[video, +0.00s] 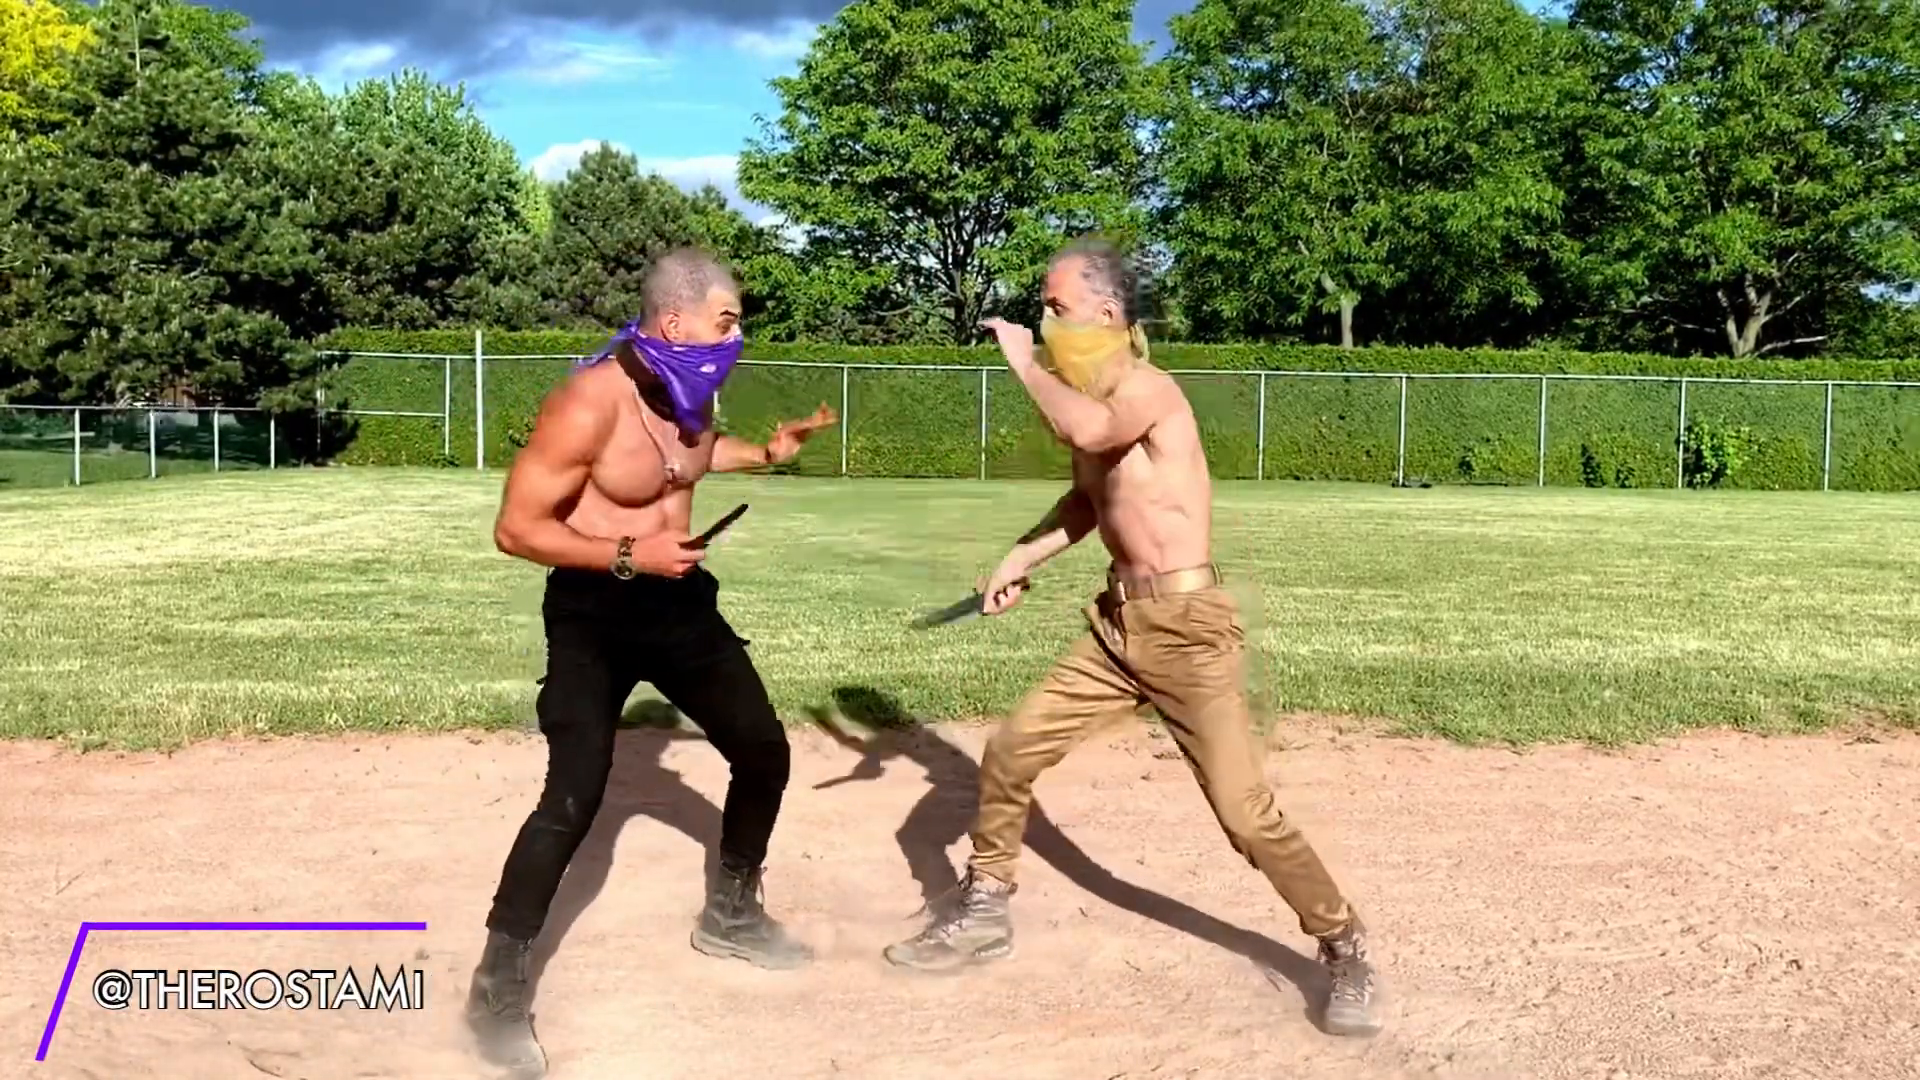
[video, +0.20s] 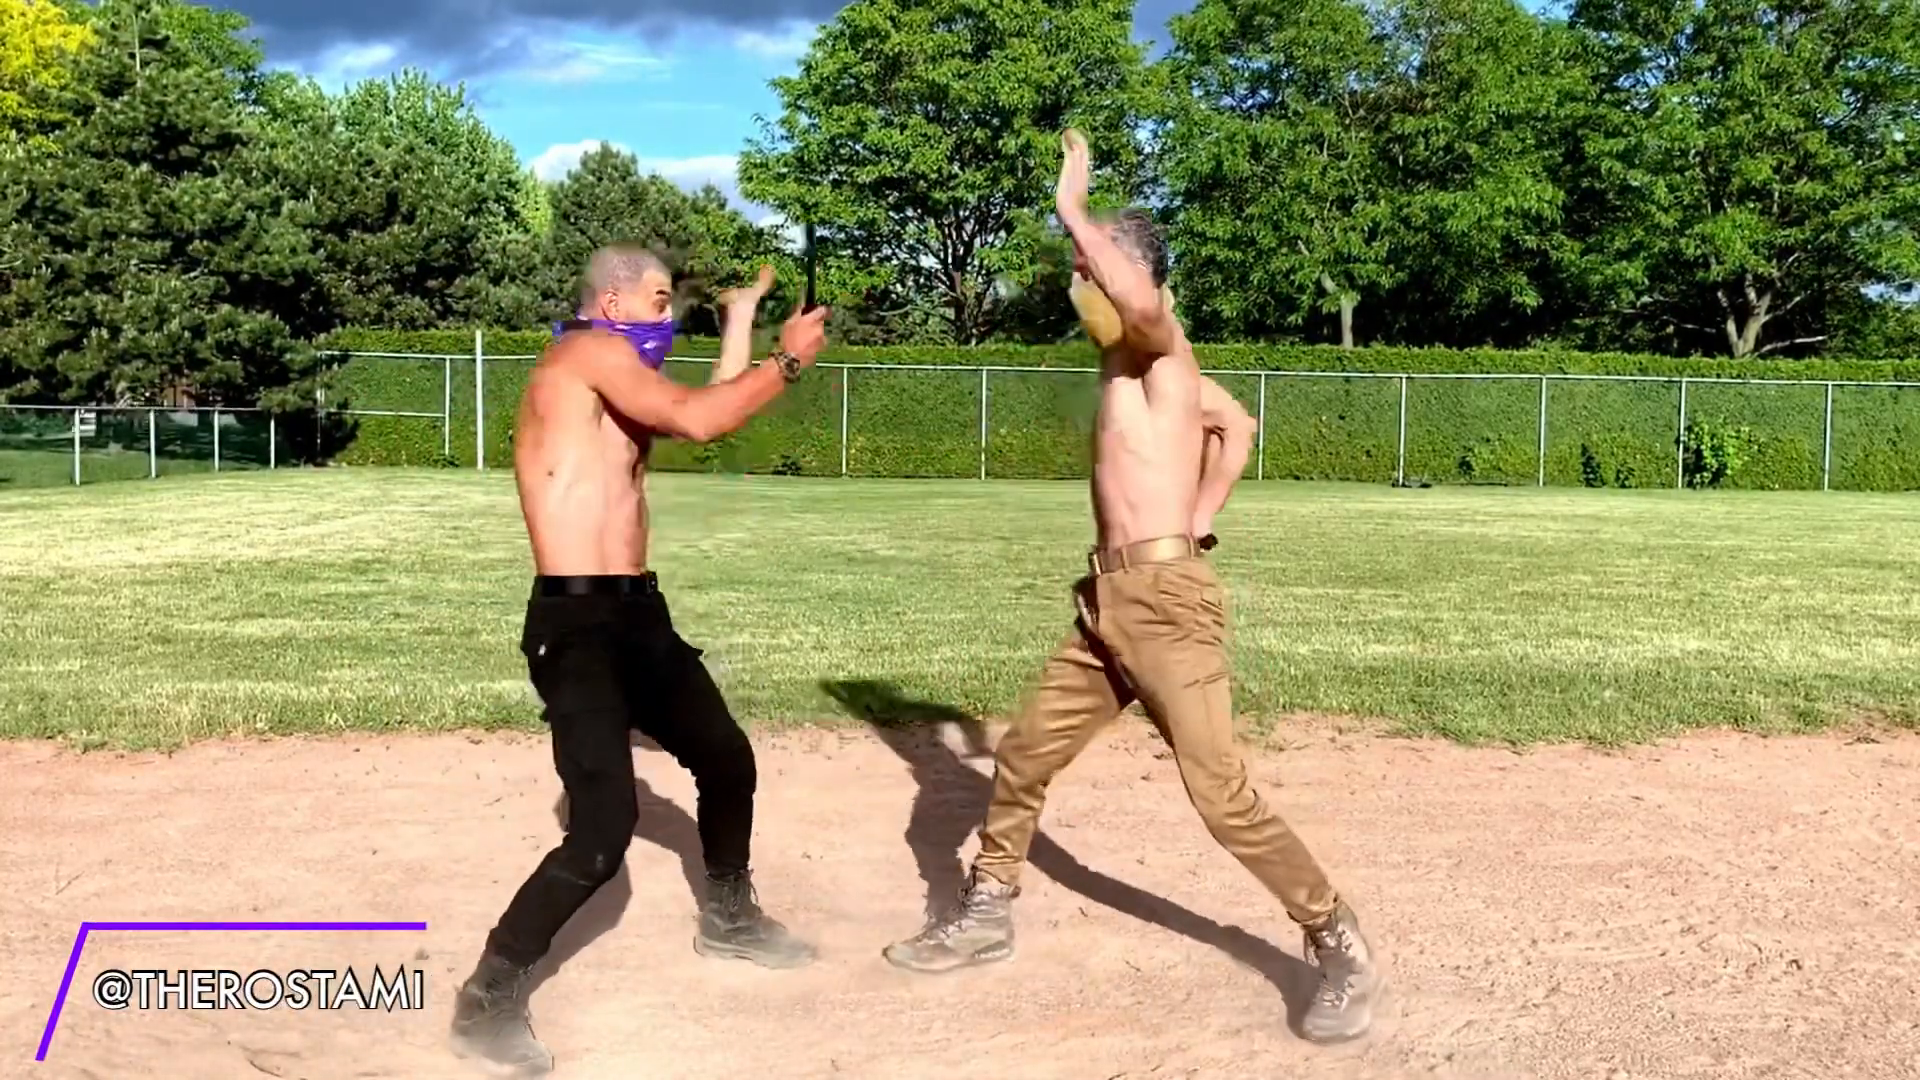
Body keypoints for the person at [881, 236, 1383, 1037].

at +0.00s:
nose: (1045, 322)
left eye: (1058, 308)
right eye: (1044, 309)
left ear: (1111, 309)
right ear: (1078, 316)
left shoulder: (1153, 389)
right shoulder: (1099, 410)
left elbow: (1094, 432)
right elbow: (1088, 506)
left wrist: (1025, 366)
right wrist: (1020, 557)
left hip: (1191, 630)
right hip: (1119, 628)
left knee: (1245, 815)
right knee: (1009, 756)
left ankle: (1344, 948)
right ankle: (984, 913)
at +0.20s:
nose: (1092, 283)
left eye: (1106, 265)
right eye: (1090, 268)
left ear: (1146, 278)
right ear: (1116, 280)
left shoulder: (1158, 354)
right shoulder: (1153, 367)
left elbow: (1137, 303)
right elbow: (1236, 424)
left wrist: (1073, 211)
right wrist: (1200, 517)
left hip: (1166, 597)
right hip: (1114, 598)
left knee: (1223, 797)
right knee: (1024, 756)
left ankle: (1339, 943)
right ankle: (988, 913)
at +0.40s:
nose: (1126, 286)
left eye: (1137, 270)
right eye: (1126, 272)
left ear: (1186, 276)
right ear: (1170, 275)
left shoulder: (1232, 370)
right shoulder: (1167, 383)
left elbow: (1214, 433)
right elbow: (1167, 506)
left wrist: (1152, 336)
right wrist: (1093, 537)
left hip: (1205, 608)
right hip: (1145, 606)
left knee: (1226, 806)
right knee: (1054, 760)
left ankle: (1338, 959)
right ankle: (996, 913)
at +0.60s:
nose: (1080, 322)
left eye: (1091, 306)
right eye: (1079, 308)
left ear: (1144, 310)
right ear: (1121, 312)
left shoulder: (1220, 392)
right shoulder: (1129, 407)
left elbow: (1240, 517)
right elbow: (1113, 487)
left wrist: (1162, 422)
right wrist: (1020, 491)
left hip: (1242, 616)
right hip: (1161, 613)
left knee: (1276, 798)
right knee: (1058, 757)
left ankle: (1345, 959)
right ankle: (1029, 917)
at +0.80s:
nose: (1093, 345)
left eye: (1102, 327)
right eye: (1088, 330)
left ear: (1154, 320)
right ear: (1118, 329)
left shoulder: (1223, 404)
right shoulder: (1140, 422)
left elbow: (1178, 531)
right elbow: (1153, 535)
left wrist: (1097, 457)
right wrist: (1081, 544)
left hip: (1246, 627)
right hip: (1165, 621)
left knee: (1287, 809)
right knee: (1055, 750)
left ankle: (1365, 953)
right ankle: (1027, 916)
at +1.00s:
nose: (1071, 346)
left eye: (1080, 329)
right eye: (1066, 332)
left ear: (1130, 321)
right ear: (1098, 331)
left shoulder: (1201, 404)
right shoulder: (1116, 421)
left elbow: (1165, 525)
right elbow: (1141, 526)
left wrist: (1083, 452)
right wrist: (1075, 552)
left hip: (1231, 625)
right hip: (1148, 619)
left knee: (1280, 802)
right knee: (1042, 750)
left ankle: (1363, 950)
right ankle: (1017, 910)